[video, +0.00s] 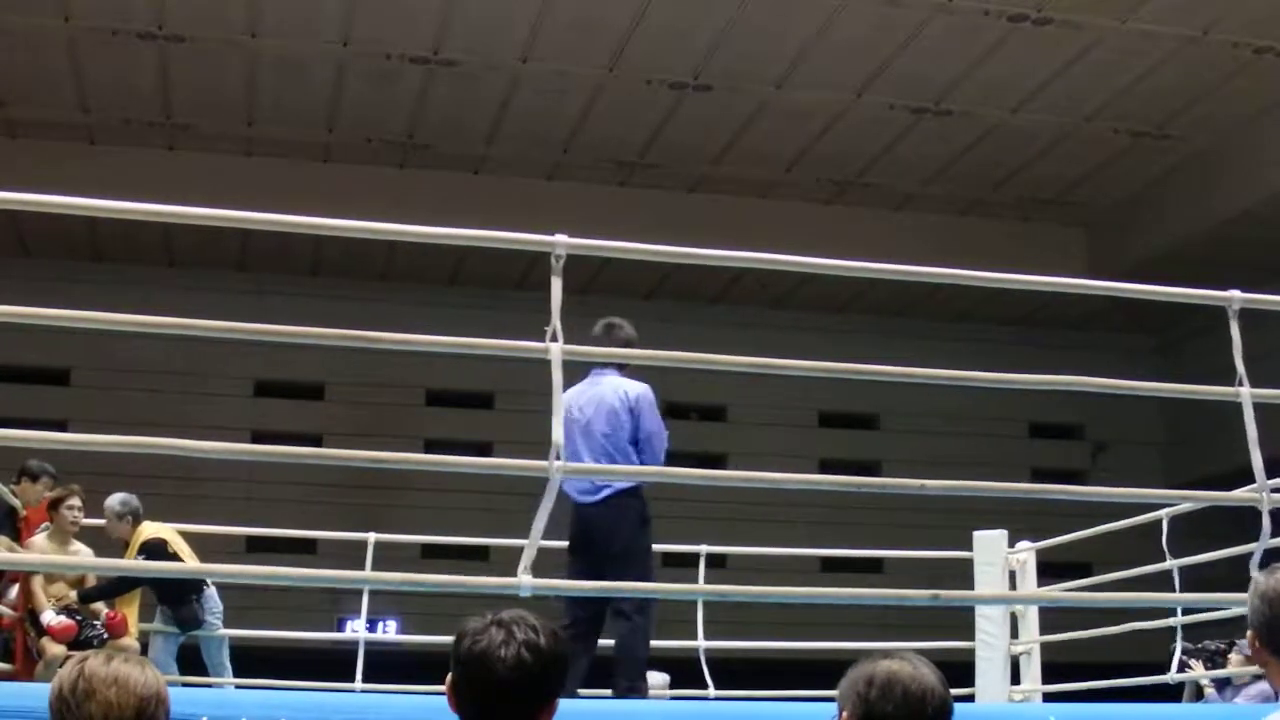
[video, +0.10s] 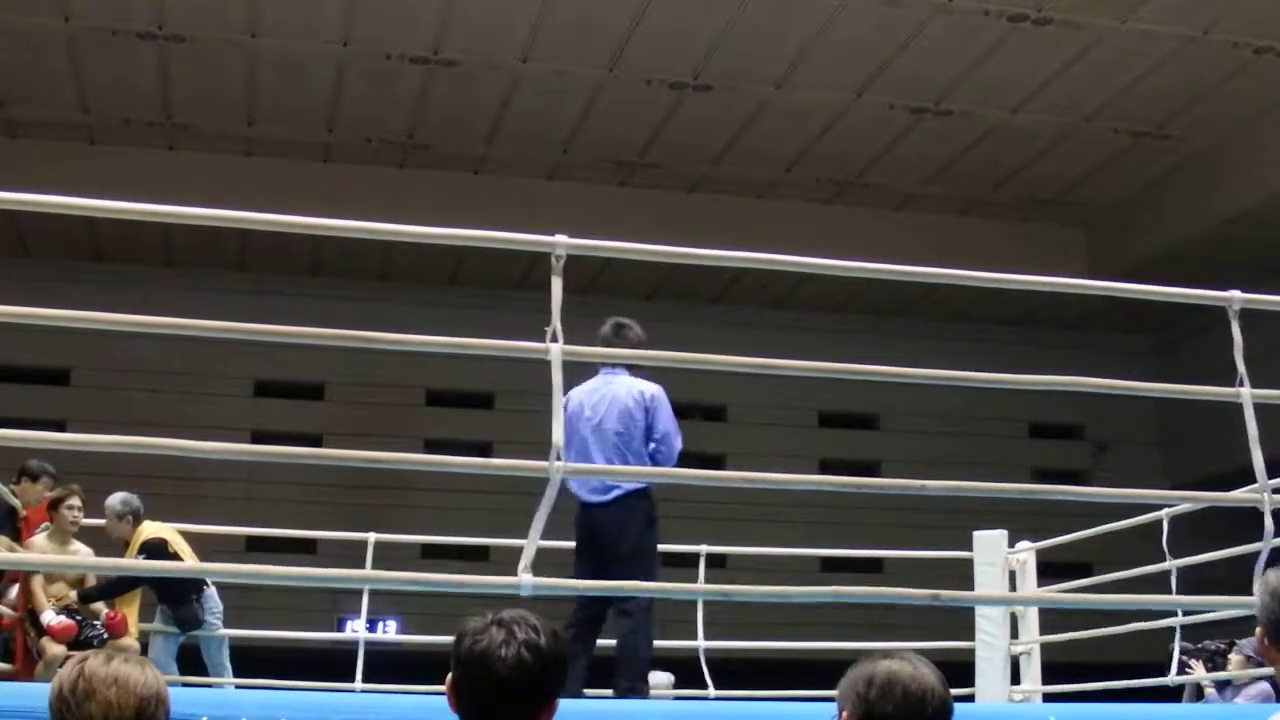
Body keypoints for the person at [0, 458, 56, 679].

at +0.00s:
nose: (46, 496)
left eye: (49, 491)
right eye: (44, 489)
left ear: (26, 483)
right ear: (25, 482)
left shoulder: (18, 509)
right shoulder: (6, 506)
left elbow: (13, 542)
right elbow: (4, 545)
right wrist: (33, 559)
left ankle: (21, 663)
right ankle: (14, 664)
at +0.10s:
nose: (46, 496)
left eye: (49, 491)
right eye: (44, 489)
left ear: (26, 483)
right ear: (25, 482)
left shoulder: (18, 509)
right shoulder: (6, 506)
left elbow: (13, 542)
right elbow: (4, 544)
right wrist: (31, 558)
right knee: (14, 618)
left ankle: (21, 663)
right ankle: (13, 664)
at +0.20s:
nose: (46, 496)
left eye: (49, 491)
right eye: (44, 489)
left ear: (26, 483)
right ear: (25, 482)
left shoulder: (17, 508)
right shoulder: (6, 506)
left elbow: (11, 542)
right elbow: (5, 544)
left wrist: (30, 555)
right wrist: (32, 558)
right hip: (6, 583)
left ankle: (22, 663)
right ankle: (15, 664)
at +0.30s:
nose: (46, 497)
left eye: (49, 491)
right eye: (44, 489)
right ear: (26, 482)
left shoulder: (18, 509)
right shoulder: (7, 506)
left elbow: (12, 541)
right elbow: (5, 543)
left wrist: (31, 554)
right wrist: (31, 556)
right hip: (7, 583)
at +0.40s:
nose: (46, 497)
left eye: (49, 492)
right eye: (44, 489)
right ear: (26, 482)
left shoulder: (18, 509)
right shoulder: (7, 506)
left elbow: (12, 541)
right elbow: (4, 543)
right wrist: (32, 557)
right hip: (6, 584)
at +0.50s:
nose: (46, 497)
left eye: (49, 491)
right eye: (44, 489)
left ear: (27, 483)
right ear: (26, 482)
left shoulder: (18, 509)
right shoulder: (7, 506)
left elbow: (11, 542)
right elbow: (5, 545)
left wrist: (34, 555)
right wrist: (35, 558)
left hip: (14, 580)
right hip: (7, 582)